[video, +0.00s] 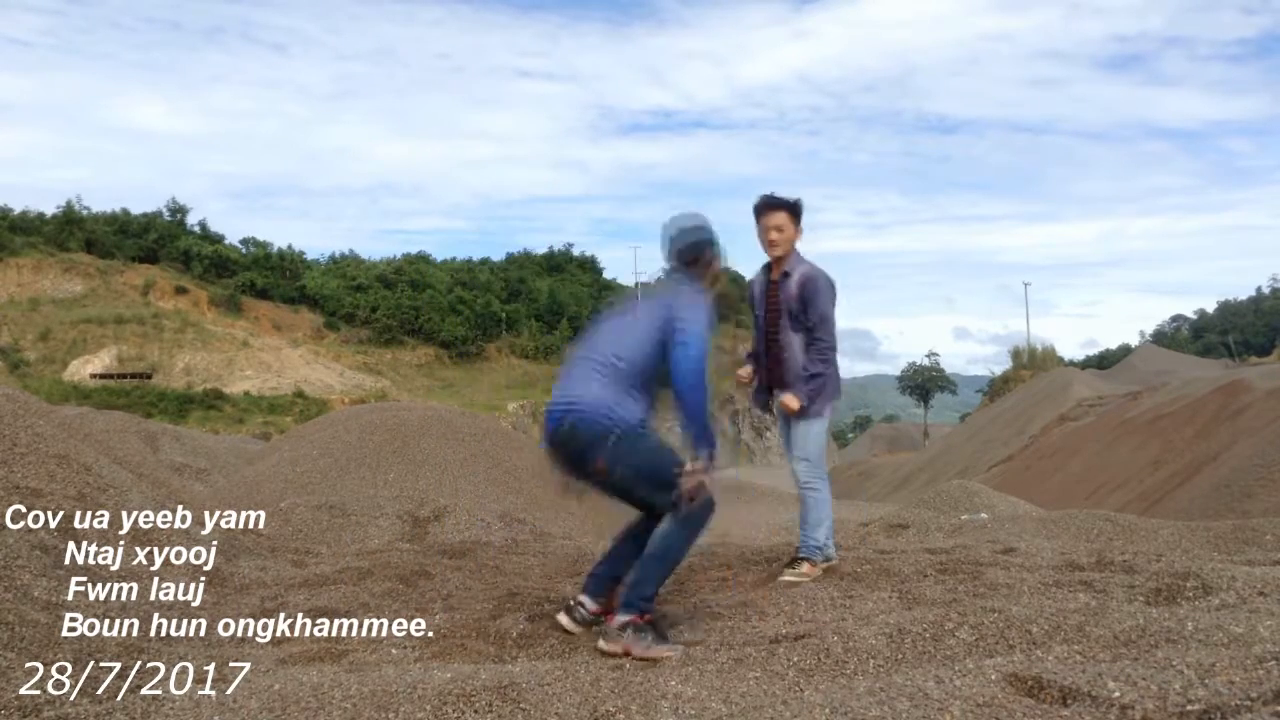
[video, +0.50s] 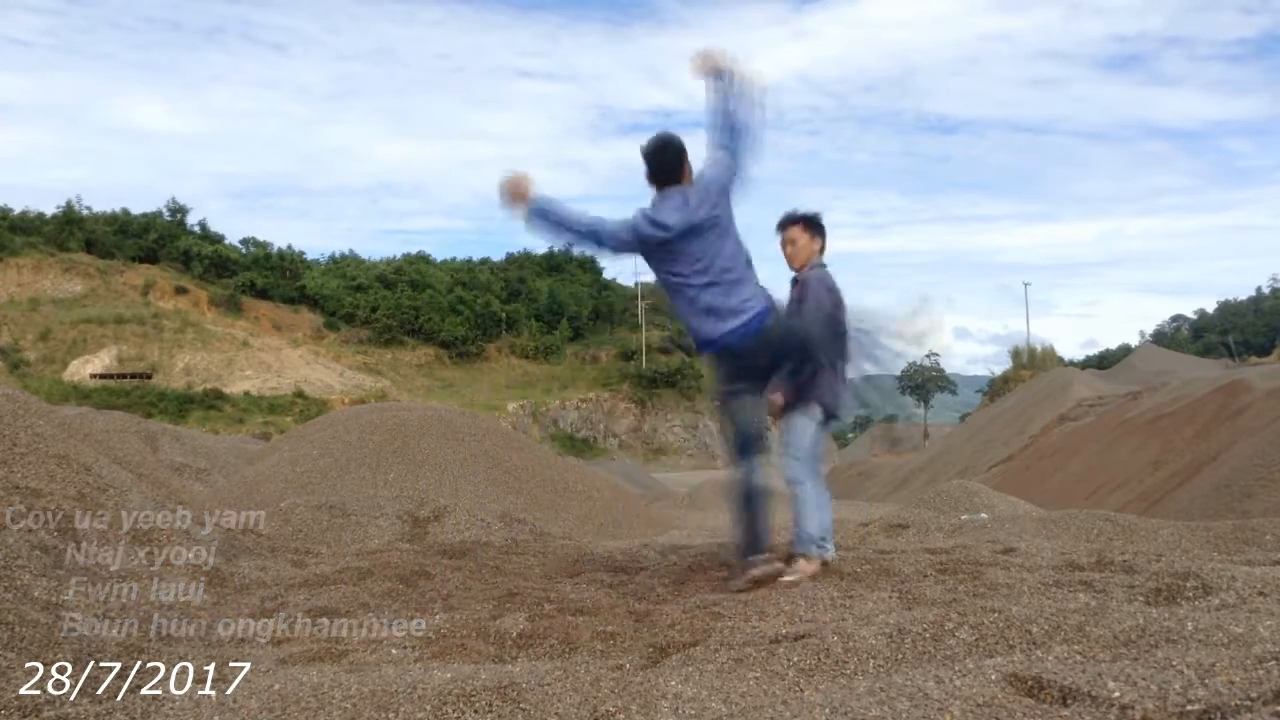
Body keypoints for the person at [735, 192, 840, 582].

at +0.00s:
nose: (771, 237)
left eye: (780, 229)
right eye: (765, 230)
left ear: (797, 231)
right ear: (758, 234)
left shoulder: (813, 280)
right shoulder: (758, 283)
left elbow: (824, 347)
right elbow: (764, 337)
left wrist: (803, 392)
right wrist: (753, 364)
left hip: (812, 391)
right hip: (782, 391)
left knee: (808, 471)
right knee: (805, 471)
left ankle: (813, 554)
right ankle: (822, 547)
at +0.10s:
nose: (775, 236)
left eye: (783, 229)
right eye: (769, 230)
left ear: (802, 233)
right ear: (764, 234)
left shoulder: (815, 282)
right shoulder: (763, 284)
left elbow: (823, 349)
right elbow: (771, 340)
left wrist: (801, 391)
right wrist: (752, 360)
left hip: (812, 392)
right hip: (782, 392)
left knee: (811, 472)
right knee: (804, 472)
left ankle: (813, 554)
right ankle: (823, 546)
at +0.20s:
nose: (782, 235)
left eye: (790, 228)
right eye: (776, 229)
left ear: (809, 233)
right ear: (770, 234)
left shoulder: (820, 282)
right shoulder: (771, 282)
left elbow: (828, 350)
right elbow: (776, 341)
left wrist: (805, 392)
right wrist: (761, 366)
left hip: (812, 392)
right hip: (782, 391)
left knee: (809, 472)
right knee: (804, 472)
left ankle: (812, 554)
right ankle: (822, 546)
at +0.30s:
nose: (786, 235)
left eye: (794, 228)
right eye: (780, 229)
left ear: (812, 233)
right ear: (774, 235)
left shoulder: (825, 282)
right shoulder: (772, 283)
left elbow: (833, 348)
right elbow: (776, 336)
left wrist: (810, 390)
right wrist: (761, 363)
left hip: (812, 392)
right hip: (782, 392)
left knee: (810, 472)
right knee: (801, 473)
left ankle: (812, 554)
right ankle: (820, 545)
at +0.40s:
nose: (788, 240)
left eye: (797, 233)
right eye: (784, 234)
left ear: (817, 237)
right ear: (780, 239)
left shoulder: (824, 282)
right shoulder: (791, 282)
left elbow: (824, 347)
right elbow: (786, 332)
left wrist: (796, 388)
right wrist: (776, 376)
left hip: (815, 395)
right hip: (792, 393)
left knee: (811, 475)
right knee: (796, 475)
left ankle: (814, 551)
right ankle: (819, 543)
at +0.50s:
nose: (786, 251)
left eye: (792, 242)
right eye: (784, 244)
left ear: (815, 242)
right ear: (798, 246)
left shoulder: (815, 283)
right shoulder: (808, 283)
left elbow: (809, 343)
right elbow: (800, 342)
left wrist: (783, 386)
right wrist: (781, 384)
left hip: (811, 392)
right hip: (810, 393)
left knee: (797, 467)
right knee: (808, 468)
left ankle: (809, 549)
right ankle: (821, 544)